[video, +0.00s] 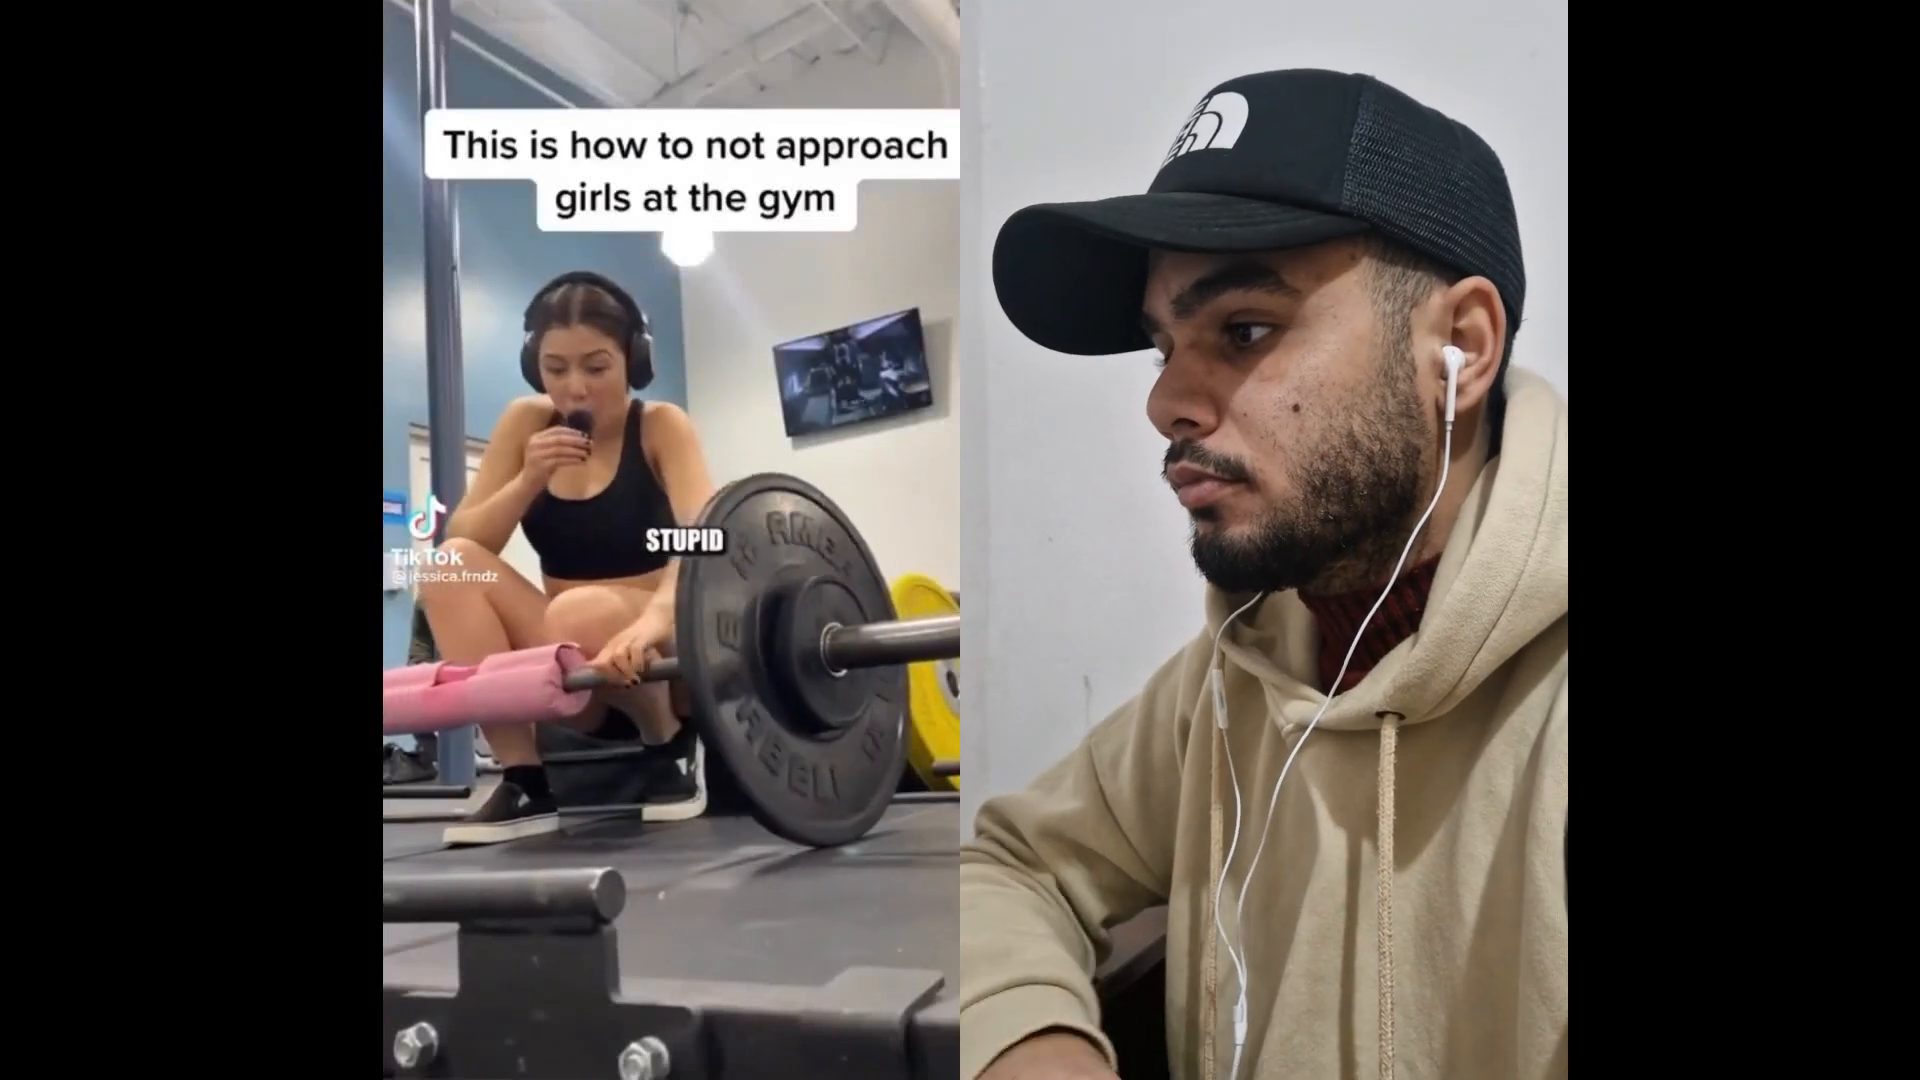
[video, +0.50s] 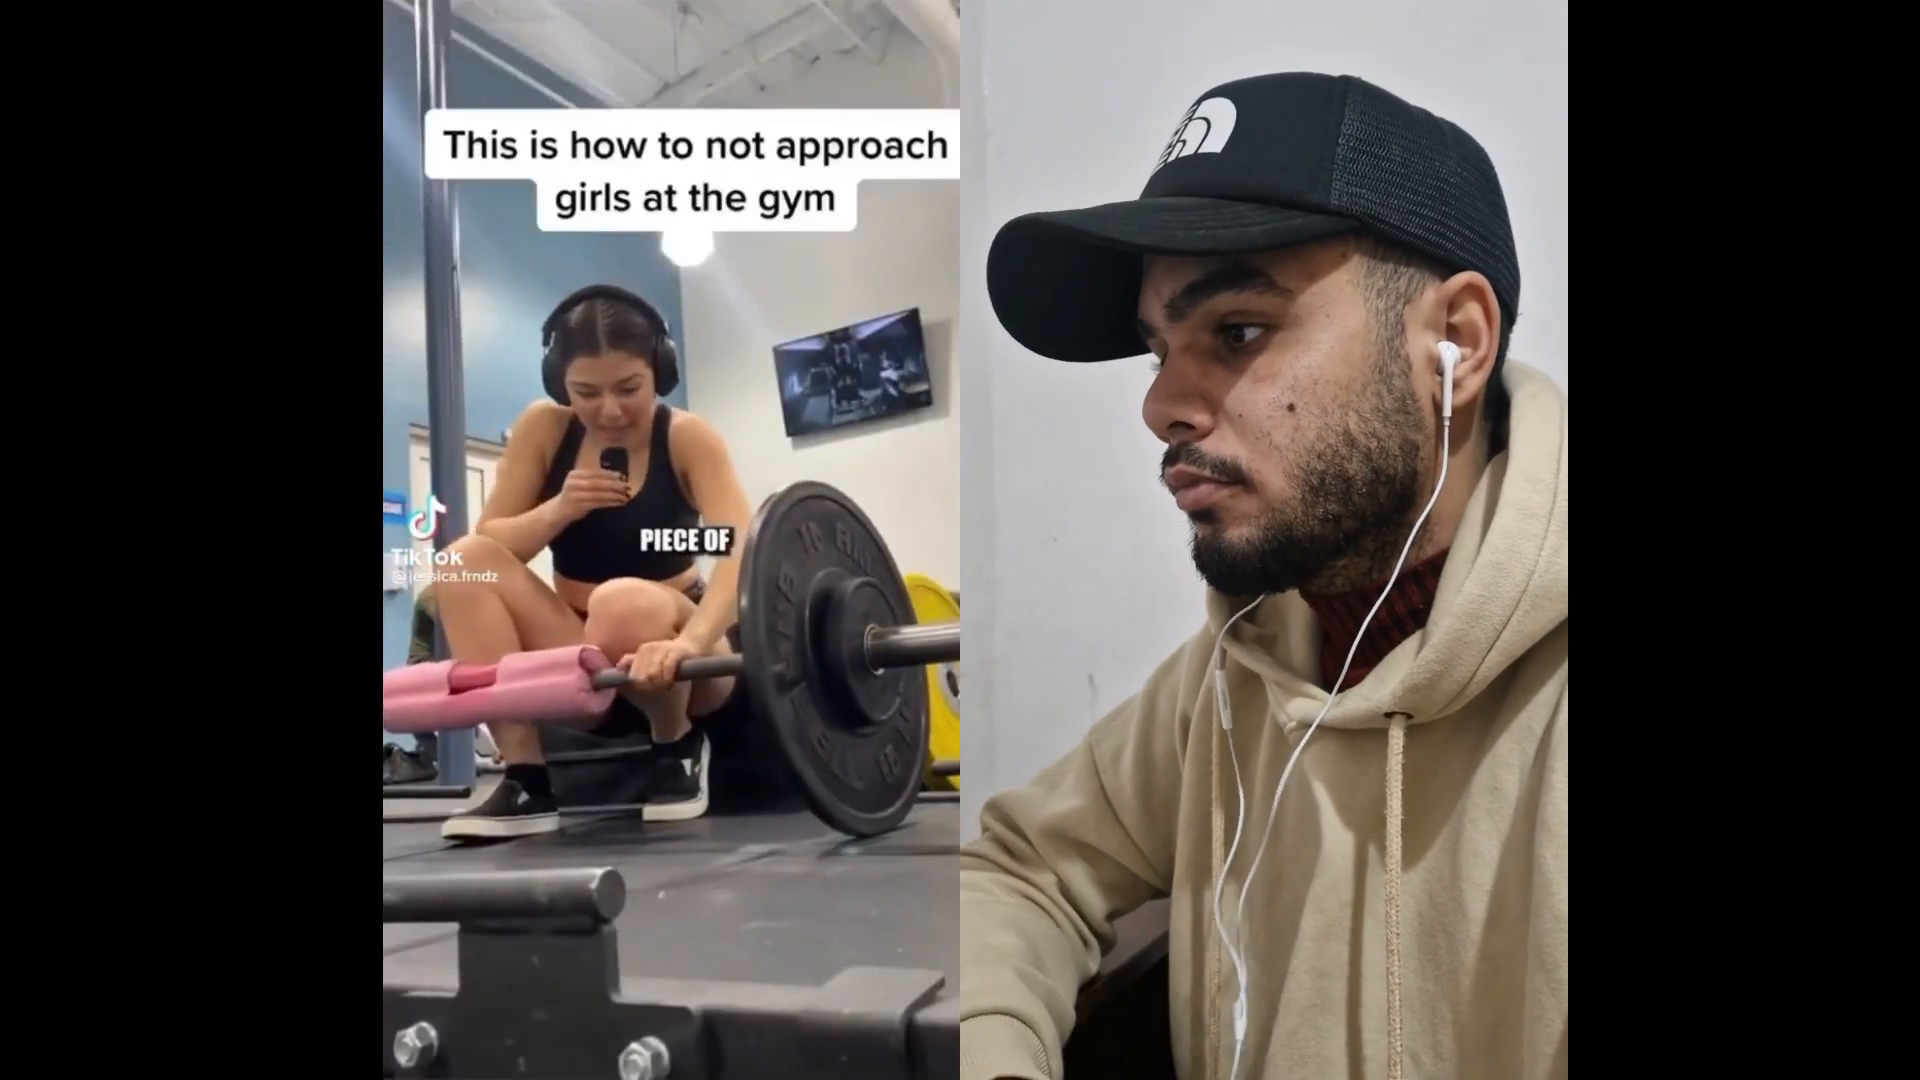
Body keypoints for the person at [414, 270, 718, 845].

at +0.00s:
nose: (576, 389)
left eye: (597, 366)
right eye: (556, 368)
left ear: (630, 363)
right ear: (536, 367)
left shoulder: (661, 427)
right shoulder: (524, 421)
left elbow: (703, 537)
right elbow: (460, 543)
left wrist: (656, 618)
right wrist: (529, 481)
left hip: (663, 649)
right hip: (565, 658)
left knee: (576, 614)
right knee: (447, 568)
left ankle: (666, 745)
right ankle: (524, 782)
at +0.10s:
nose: (585, 393)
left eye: (606, 370)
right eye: (565, 371)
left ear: (638, 366)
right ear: (542, 369)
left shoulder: (666, 430)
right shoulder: (526, 422)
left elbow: (717, 543)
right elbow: (456, 541)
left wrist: (670, 630)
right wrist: (534, 486)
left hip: (670, 654)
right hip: (569, 660)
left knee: (588, 604)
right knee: (445, 567)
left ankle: (666, 747)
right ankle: (524, 782)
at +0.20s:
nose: (593, 398)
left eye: (614, 375)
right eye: (573, 378)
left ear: (645, 370)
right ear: (549, 374)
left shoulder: (676, 435)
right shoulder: (531, 423)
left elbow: (729, 545)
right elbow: (455, 538)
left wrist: (682, 632)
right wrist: (543, 490)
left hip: (675, 651)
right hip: (569, 654)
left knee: (600, 600)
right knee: (449, 566)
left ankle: (667, 748)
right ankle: (525, 782)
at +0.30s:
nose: (603, 403)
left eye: (622, 381)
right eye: (582, 383)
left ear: (650, 371)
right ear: (556, 378)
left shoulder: (683, 439)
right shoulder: (538, 423)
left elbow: (734, 548)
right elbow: (459, 534)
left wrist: (688, 633)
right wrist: (550, 498)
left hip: (677, 655)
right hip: (572, 655)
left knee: (611, 602)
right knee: (455, 566)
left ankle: (670, 746)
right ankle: (526, 779)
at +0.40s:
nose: (610, 408)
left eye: (628, 387)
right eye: (588, 390)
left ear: (656, 374)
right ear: (561, 384)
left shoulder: (688, 439)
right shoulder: (544, 425)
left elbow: (737, 551)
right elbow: (470, 534)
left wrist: (689, 636)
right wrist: (555, 506)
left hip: (681, 656)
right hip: (576, 657)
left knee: (621, 604)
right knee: (457, 565)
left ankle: (672, 744)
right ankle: (525, 777)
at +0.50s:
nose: (610, 411)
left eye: (628, 388)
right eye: (588, 393)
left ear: (657, 375)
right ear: (561, 385)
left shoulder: (689, 439)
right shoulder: (544, 427)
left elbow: (740, 547)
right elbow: (485, 541)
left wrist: (692, 640)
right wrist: (560, 510)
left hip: (684, 652)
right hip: (578, 651)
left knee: (621, 602)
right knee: (463, 562)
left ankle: (674, 746)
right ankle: (525, 778)